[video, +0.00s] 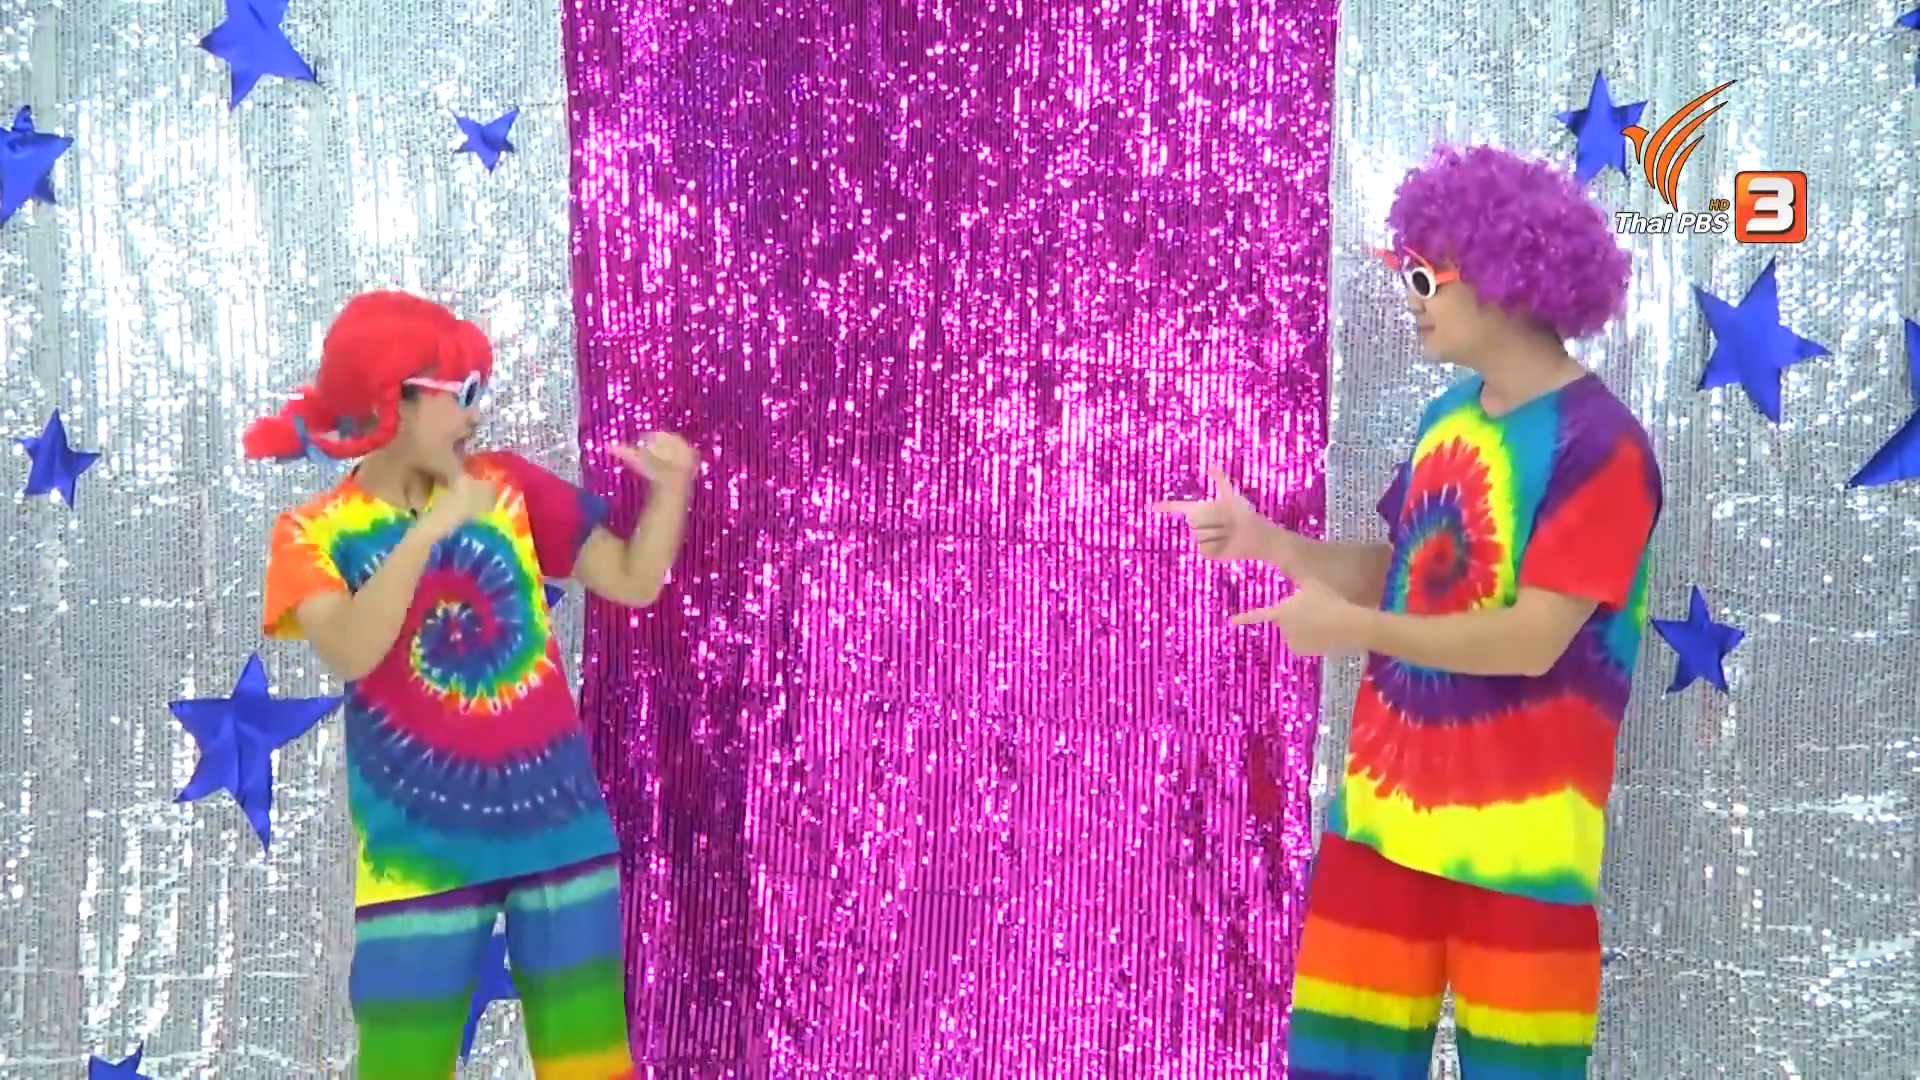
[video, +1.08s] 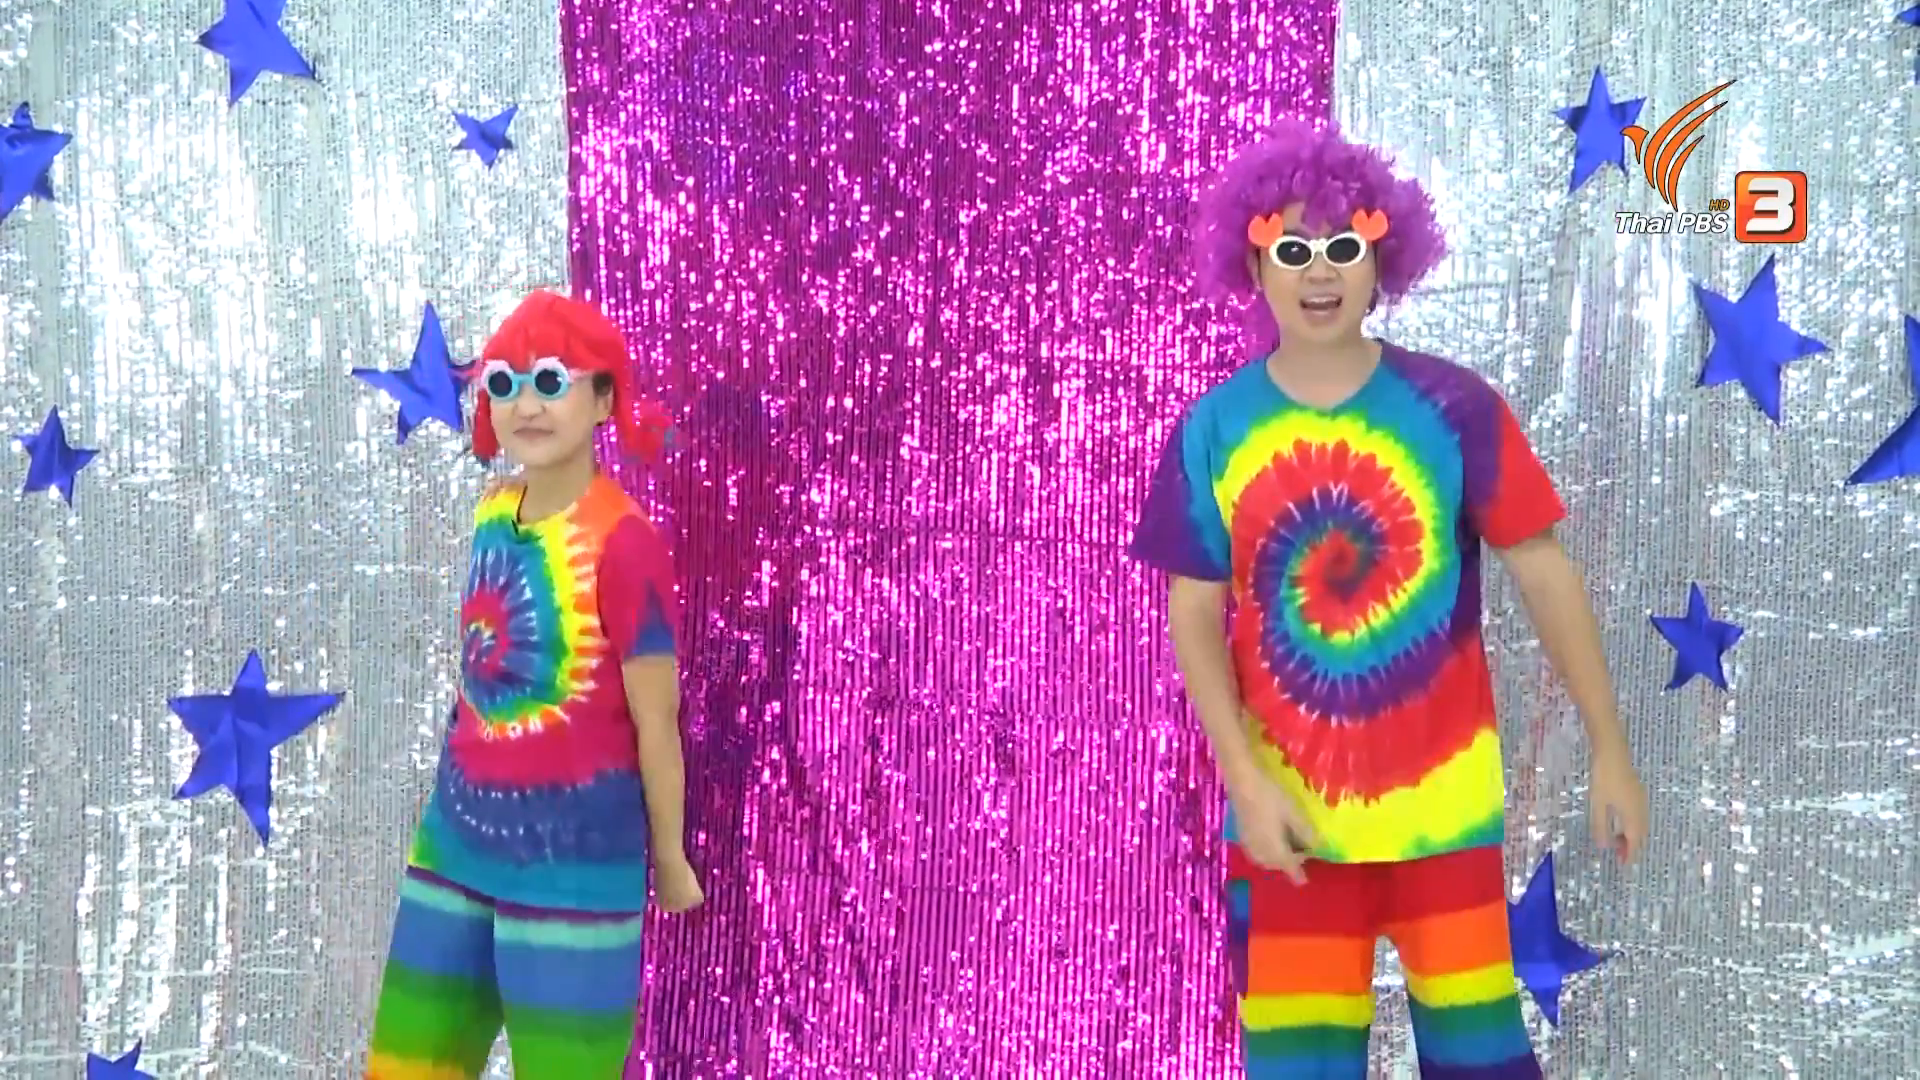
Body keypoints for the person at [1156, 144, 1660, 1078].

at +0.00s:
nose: (1409, 302)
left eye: (1427, 278)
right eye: (1410, 279)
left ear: (1507, 283)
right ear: (1493, 286)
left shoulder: (1605, 446)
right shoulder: (1447, 422)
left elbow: (1532, 640)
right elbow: (1391, 577)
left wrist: (1359, 628)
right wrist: (1266, 538)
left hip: (1520, 853)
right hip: (1382, 830)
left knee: (1518, 1066)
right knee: (1337, 1058)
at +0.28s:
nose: (1359, 305)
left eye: (1378, 280)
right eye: (1357, 283)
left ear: (1457, 283)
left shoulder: (1547, 450)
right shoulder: (1375, 423)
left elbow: (1475, 637)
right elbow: (1323, 568)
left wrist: (1304, 601)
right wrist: (1209, 537)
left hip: (1470, 847)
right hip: (1325, 832)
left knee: (1491, 1064)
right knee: (1303, 1061)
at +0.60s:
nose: (1332, 276)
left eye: (1361, 253)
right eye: (1310, 253)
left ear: (1406, 269)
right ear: (1283, 268)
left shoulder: (1469, 413)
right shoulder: (1257, 410)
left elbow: (1453, 604)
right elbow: (1215, 561)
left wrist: (1273, 627)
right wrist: (1119, 582)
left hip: (1438, 804)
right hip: (1292, 804)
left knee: (1463, 1051)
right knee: (1286, 1056)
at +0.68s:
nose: (1323, 276)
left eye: (1349, 253)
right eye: (1299, 255)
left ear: (1389, 266)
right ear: (1270, 269)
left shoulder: (1458, 407)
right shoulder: (1238, 417)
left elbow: (1466, 596)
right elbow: (1174, 560)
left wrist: (1309, 689)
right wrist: (1094, 641)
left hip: (1436, 801)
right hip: (1291, 807)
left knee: (1464, 1049)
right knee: (1285, 1054)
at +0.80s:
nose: (1305, 295)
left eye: (1330, 271)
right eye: (1281, 272)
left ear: (1370, 284)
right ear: (1249, 287)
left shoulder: (1444, 425)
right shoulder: (1219, 436)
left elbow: (1468, 625)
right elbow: (1143, 596)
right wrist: (1102, 742)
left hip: (1429, 799)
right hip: (1282, 812)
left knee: (1465, 1049)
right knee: (1285, 1057)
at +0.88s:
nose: (1299, 307)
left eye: (1324, 282)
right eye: (1273, 285)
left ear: (1362, 291)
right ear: (1241, 298)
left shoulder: (1442, 435)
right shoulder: (1211, 454)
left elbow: (1479, 629)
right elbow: (1147, 625)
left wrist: (1522, 810)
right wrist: (1134, 785)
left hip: (1437, 834)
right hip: (1280, 841)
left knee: (1475, 1063)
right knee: (1281, 1066)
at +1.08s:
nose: (1318, 270)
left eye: (1341, 247)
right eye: (1292, 250)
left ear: (1379, 263)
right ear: (1257, 271)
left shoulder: (1456, 405)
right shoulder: (1214, 431)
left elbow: (1544, 572)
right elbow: (1196, 621)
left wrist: (1609, 745)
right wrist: (1244, 775)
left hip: (1445, 808)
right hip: (1291, 819)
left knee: (1480, 1057)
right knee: (1299, 1065)